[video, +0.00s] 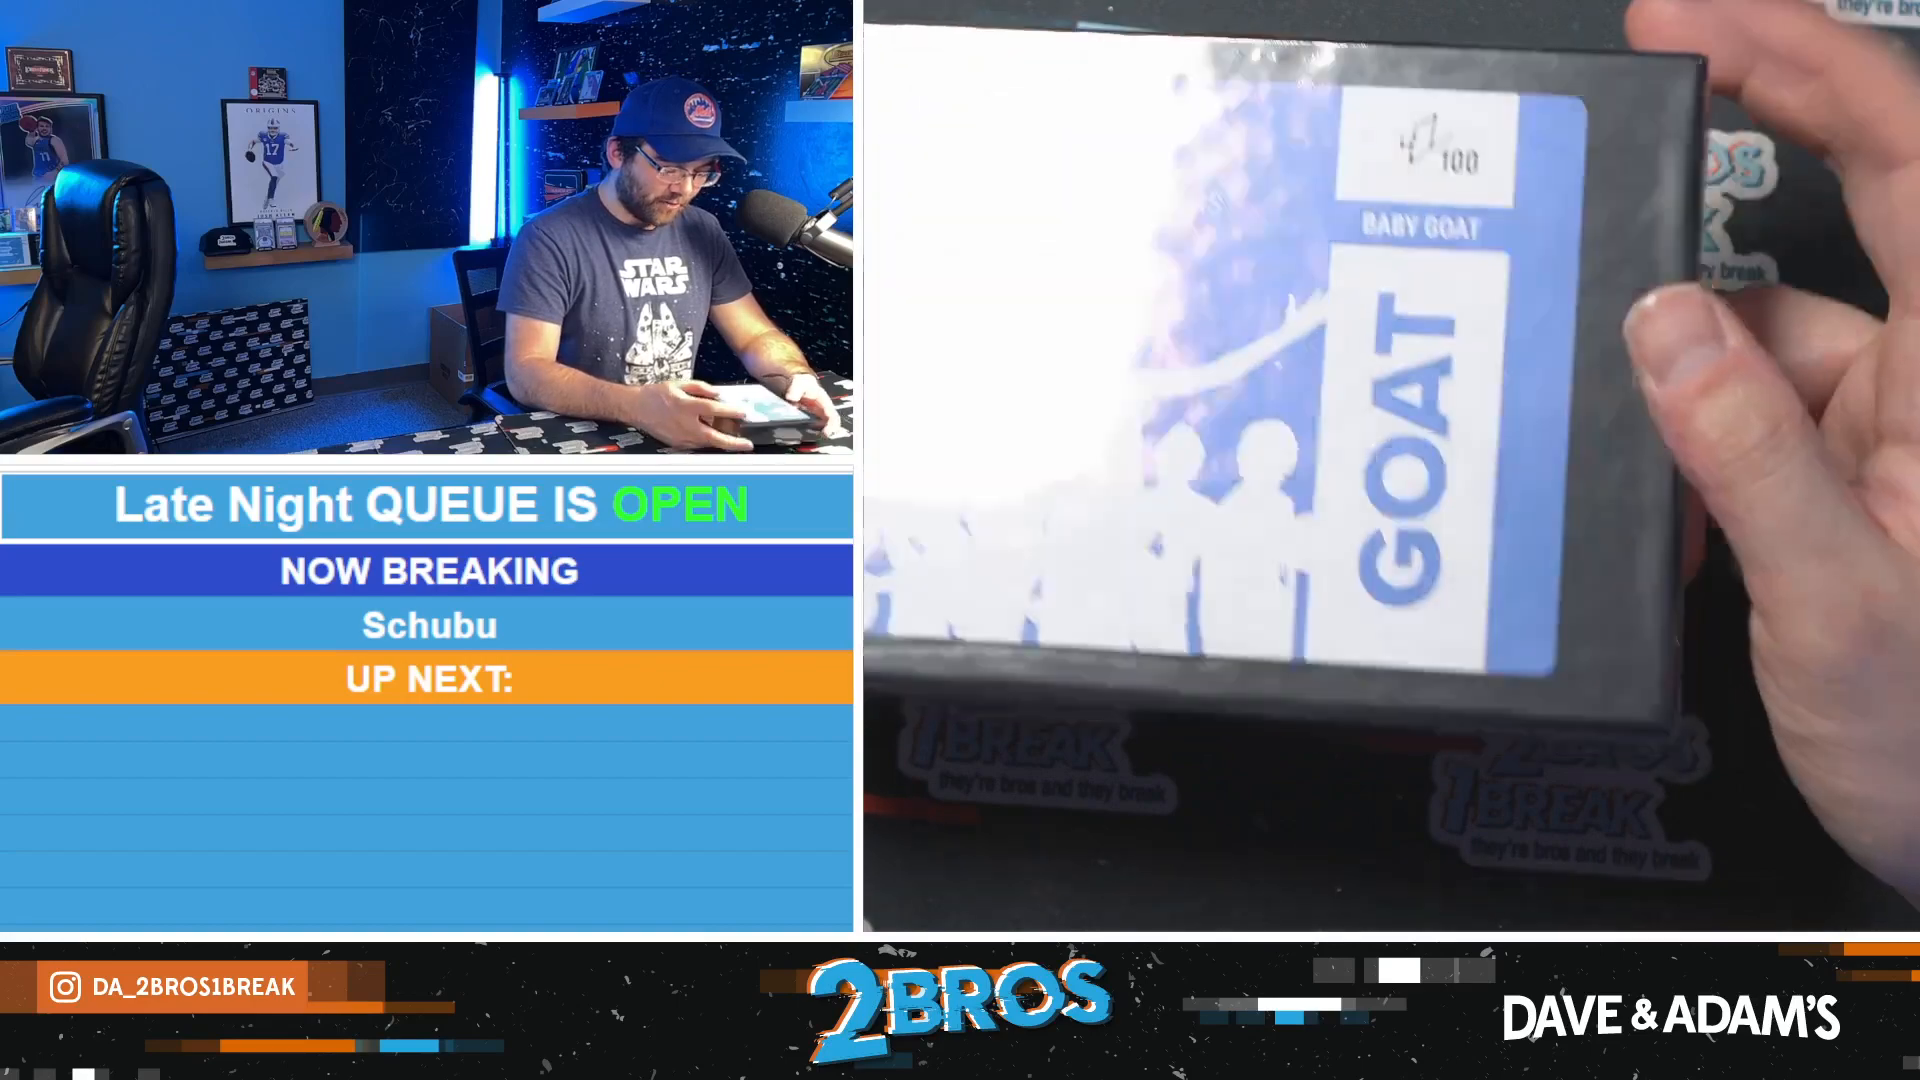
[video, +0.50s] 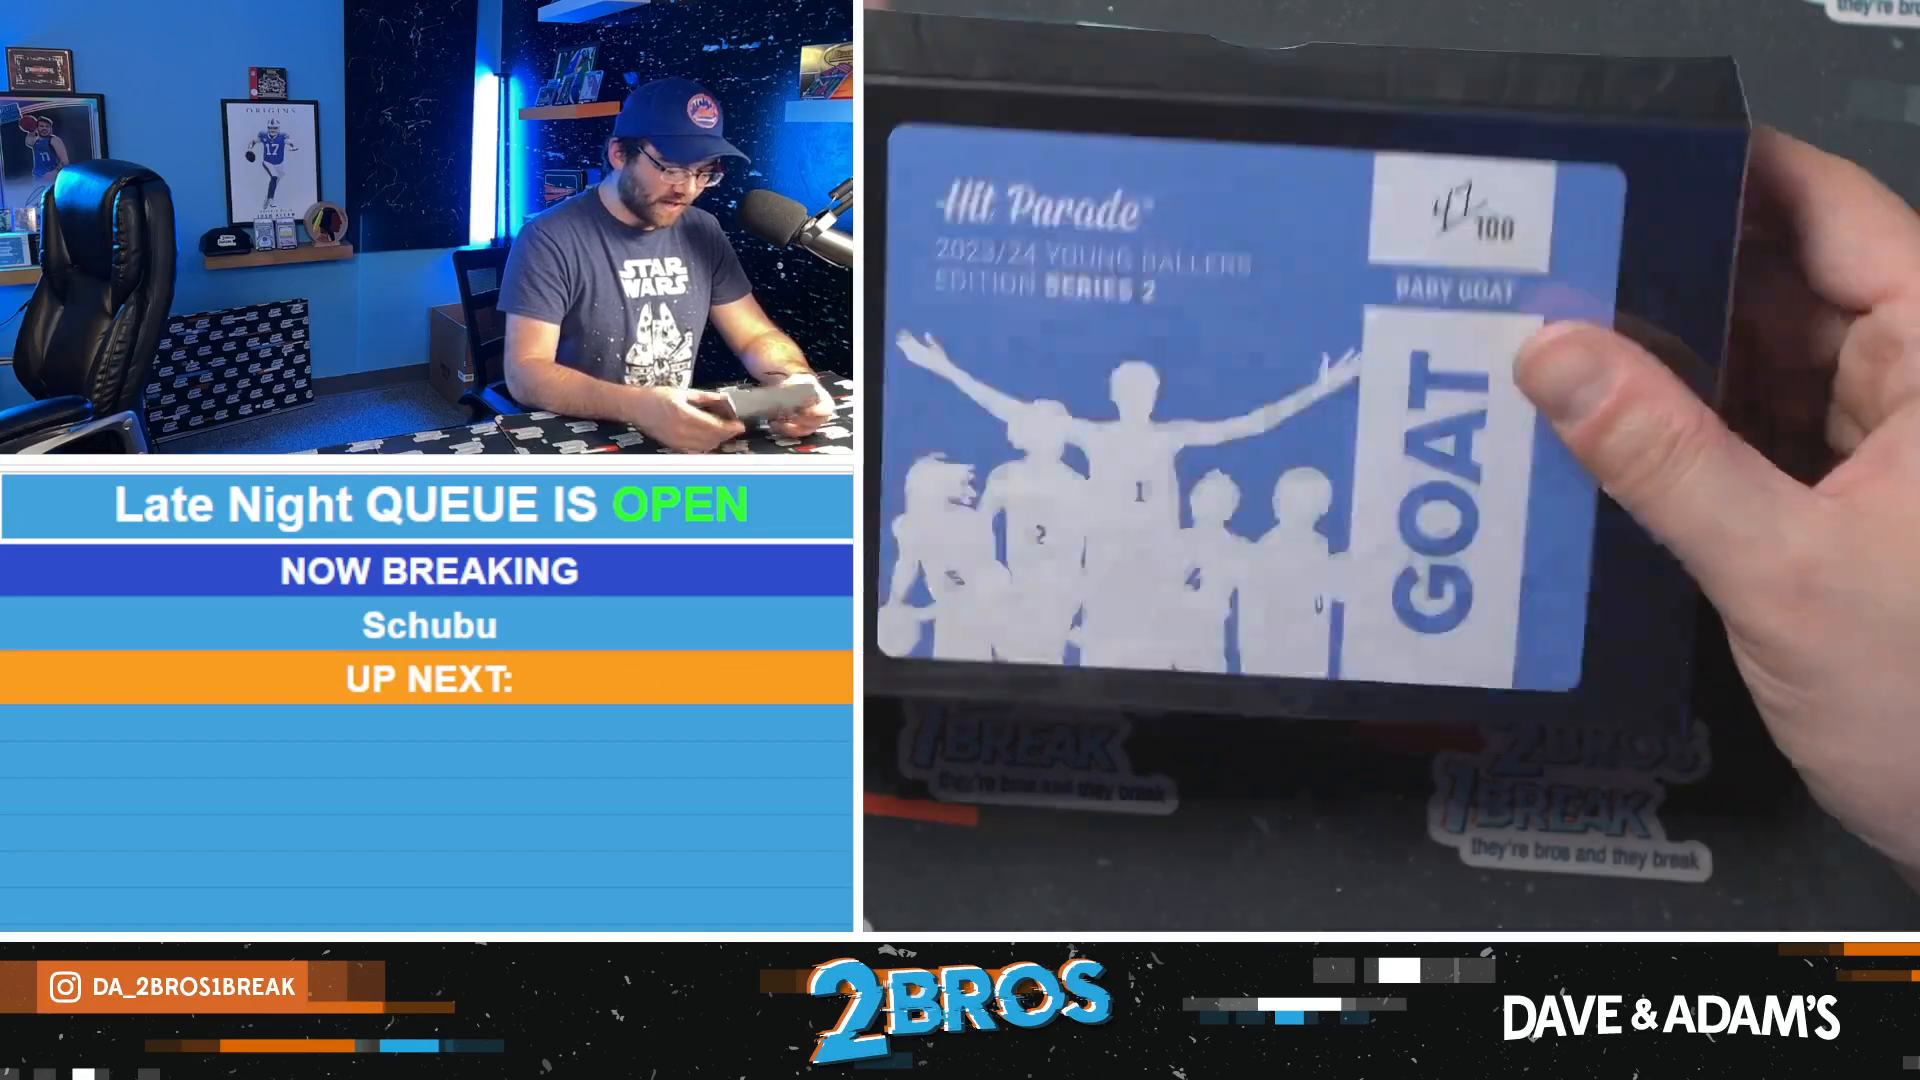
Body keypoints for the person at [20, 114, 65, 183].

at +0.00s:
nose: (44, 128)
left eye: (47, 126)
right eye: (41, 126)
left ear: (50, 129)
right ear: (37, 128)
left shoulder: (54, 140)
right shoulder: (35, 140)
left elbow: (64, 160)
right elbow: (28, 142)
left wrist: (54, 173)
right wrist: (31, 133)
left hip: (50, 177)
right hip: (37, 176)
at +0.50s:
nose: (44, 128)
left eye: (47, 126)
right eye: (41, 126)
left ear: (51, 129)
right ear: (37, 128)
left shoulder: (54, 140)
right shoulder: (35, 140)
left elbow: (64, 161)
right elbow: (28, 142)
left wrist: (54, 173)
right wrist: (31, 133)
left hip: (50, 177)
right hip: (37, 176)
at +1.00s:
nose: (44, 128)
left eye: (47, 126)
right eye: (41, 126)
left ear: (51, 128)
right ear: (37, 128)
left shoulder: (54, 140)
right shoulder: (35, 140)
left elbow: (64, 160)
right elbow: (28, 142)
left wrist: (54, 173)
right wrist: (31, 133)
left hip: (50, 177)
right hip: (37, 176)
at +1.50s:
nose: (44, 128)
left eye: (47, 126)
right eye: (41, 126)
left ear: (51, 129)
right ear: (37, 128)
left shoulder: (54, 140)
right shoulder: (35, 140)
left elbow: (64, 161)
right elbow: (28, 142)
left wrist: (54, 173)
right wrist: (31, 133)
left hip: (50, 177)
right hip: (37, 176)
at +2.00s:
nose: (44, 128)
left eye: (47, 126)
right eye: (41, 126)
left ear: (51, 128)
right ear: (37, 128)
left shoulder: (54, 140)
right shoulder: (35, 140)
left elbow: (64, 160)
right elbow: (28, 142)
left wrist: (54, 173)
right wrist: (31, 133)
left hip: (50, 177)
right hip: (37, 176)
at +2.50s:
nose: (44, 128)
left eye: (46, 126)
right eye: (41, 126)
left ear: (51, 128)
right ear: (37, 128)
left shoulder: (54, 140)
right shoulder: (35, 140)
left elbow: (64, 160)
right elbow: (28, 141)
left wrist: (54, 172)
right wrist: (31, 133)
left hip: (50, 176)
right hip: (37, 176)